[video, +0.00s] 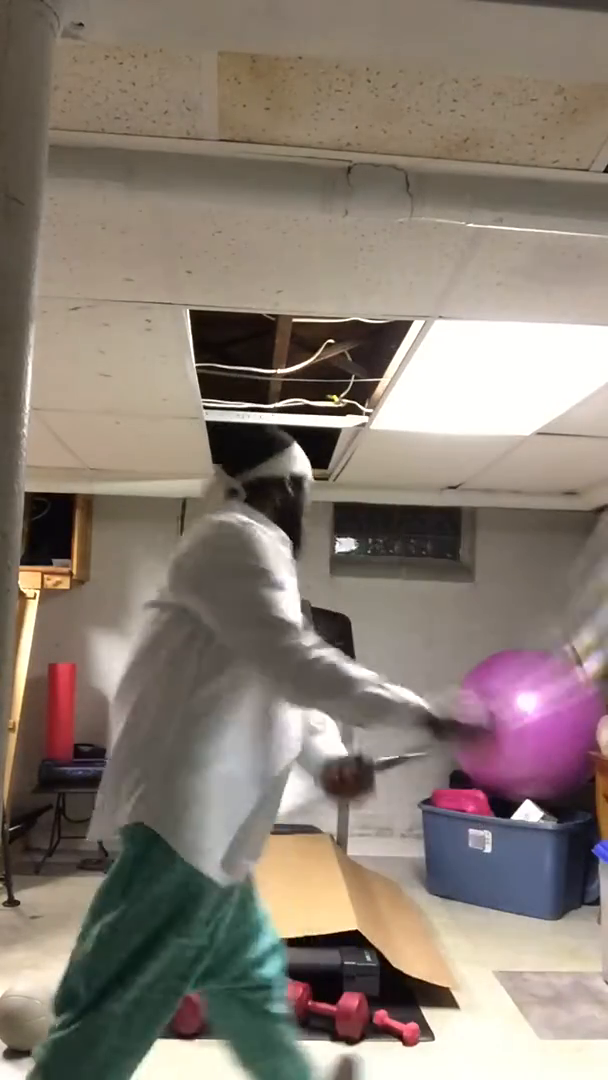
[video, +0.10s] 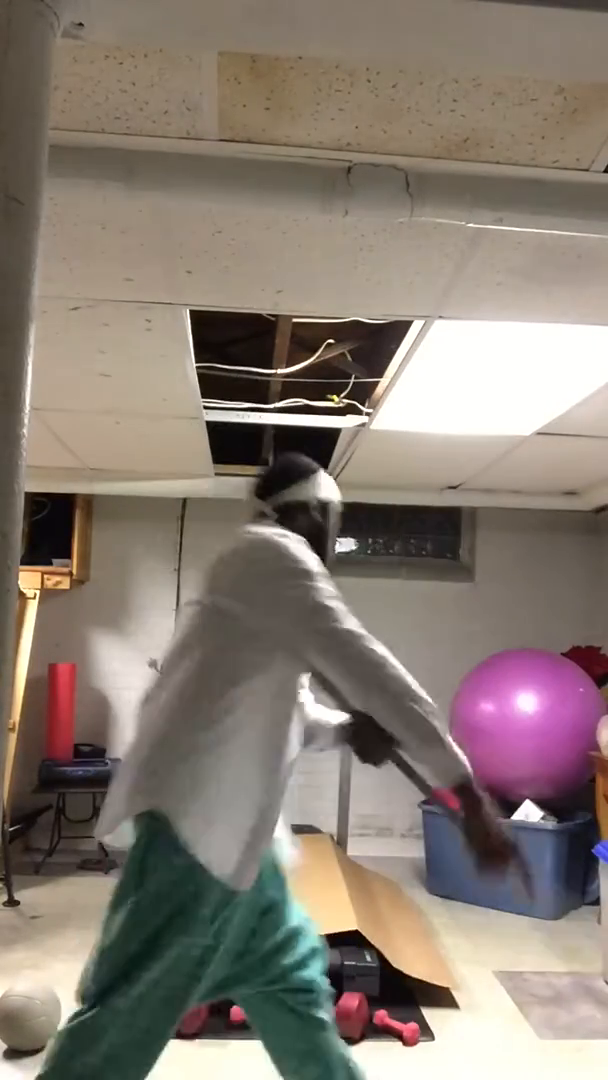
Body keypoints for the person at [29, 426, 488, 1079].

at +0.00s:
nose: (305, 505)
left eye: (305, 490)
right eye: (297, 488)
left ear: (251, 488)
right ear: (267, 486)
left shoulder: (258, 554)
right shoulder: (234, 539)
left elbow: (282, 690)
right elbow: (293, 658)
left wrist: (329, 759)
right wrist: (425, 716)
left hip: (216, 812)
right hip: (181, 805)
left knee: (248, 980)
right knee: (113, 1005)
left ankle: (295, 1075)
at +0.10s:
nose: (335, 535)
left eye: (336, 520)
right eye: (331, 517)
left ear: (276, 509)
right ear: (305, 510)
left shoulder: (261, 569)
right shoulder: (271, 554)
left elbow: (270, 717)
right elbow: (363, 665)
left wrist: (349, 731)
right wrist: (468, 792)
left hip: (228, 813)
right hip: (196, 805)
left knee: (288, 980)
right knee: (132, 1006)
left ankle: (331, 1073)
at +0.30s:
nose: (397, 542)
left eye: (397, 532)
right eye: (395, 530)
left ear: (335, 523)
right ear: (382, 526)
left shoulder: (313, 575)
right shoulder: (359, 558)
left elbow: (345, 716)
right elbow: (435, 681)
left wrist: (439, 739)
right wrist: (496, 814)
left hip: (274, 788)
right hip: (279, 785)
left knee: (329, 963)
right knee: (229, 974)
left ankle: (355, 1073)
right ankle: (145, 1066)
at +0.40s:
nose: (414, 534)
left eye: (412, 525)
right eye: (411, 524)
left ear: (347, 523)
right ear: (401, 521)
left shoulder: (329, 571)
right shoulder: (390, 557)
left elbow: (374, 705)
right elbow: (466, 679)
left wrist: (463, 737)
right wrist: (538, 803)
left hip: (308, 794)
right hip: (307, 792)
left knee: (347, 987)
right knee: (299, 996)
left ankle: (361, 1072)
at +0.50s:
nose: (421, 521)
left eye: (419, 513)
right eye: (419, 512)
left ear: (355, 509)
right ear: (410, 509)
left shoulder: (327, 562)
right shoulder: (412, 551)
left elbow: (362, 675)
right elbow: (490, 673)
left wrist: (453, 717)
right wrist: (559, 792)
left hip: (287, 786)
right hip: (348, 781)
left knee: (332, 983)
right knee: (374, 987)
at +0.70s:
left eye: (373, 484)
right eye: (435, 487)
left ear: (372, 487)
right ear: (432, 490)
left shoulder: (323, 552)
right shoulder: (464, 553)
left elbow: (256, 625)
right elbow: (512, 680)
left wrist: (282, 654)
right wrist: (504, 707)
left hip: (330, 780)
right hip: (423, 775)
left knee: (350, 972)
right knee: (448, 965)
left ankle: (371, 1075)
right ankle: (462, 1070)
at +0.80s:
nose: (361, 494)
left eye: (366, 483)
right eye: (367, 483)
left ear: (376, 487)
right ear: (434, 491)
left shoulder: (327, 551)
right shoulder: (483, 560)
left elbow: (235, 589)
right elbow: (519, 682)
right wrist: (469, 697)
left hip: (351, 793)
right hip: (448, 787)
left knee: (358, 971)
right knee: (470, 958)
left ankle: (372, 1071)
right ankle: (494, 1068)